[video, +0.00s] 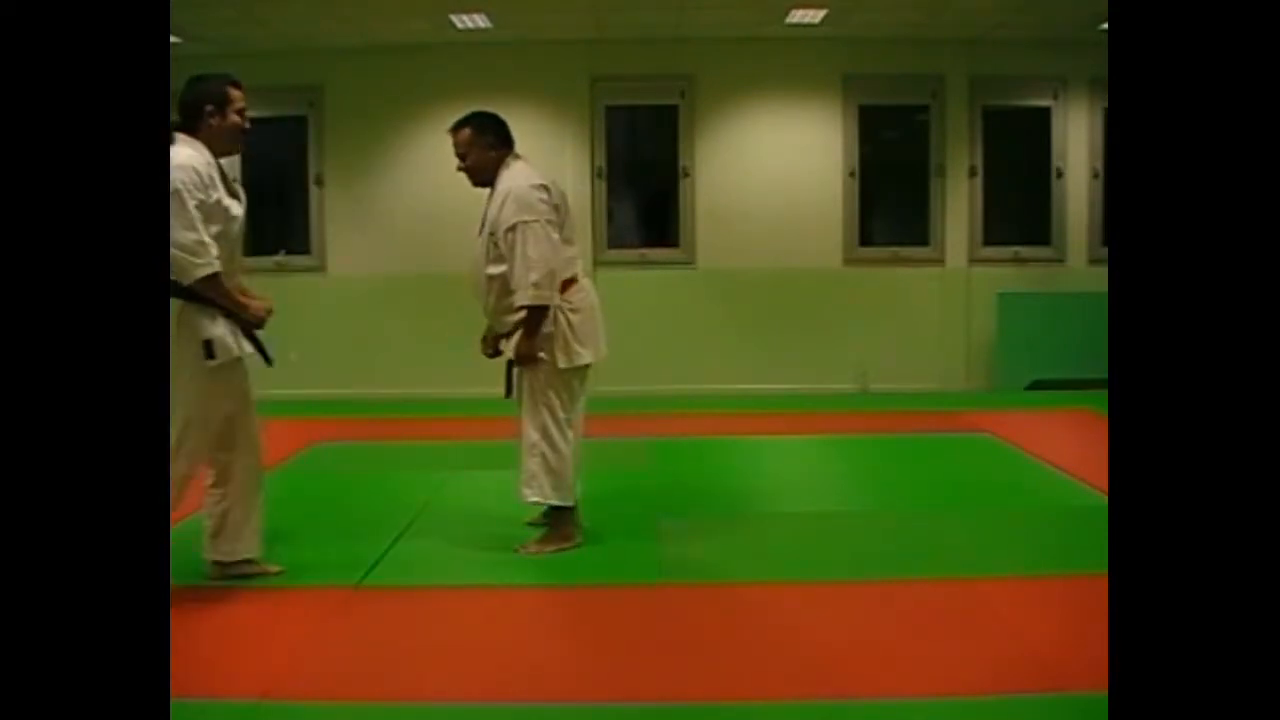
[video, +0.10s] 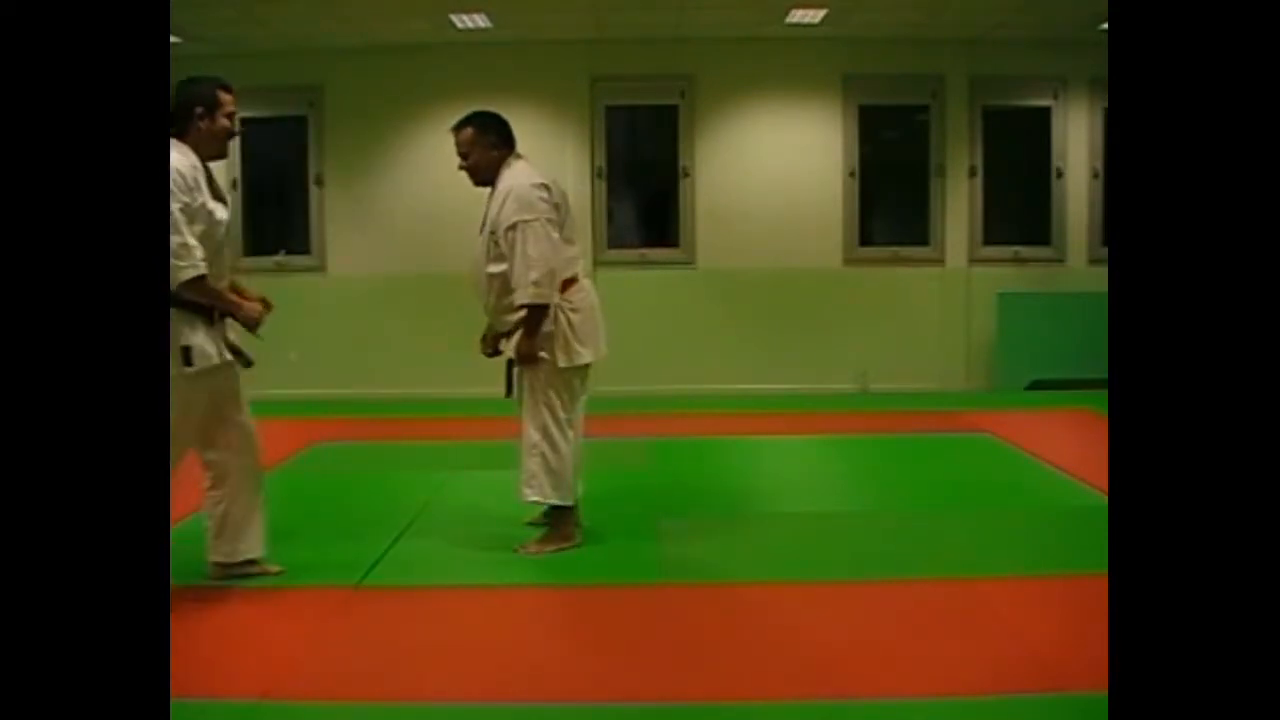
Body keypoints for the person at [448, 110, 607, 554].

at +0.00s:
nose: (460, 166)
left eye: (465, 155)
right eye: (459, 156)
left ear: (493, 149)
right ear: (492, 151)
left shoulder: (521, 193)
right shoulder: (508, 190)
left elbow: (540, 273)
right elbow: (513, 271)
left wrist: (528, 335)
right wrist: (497, 324)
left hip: (554, 326)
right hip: (542, 324)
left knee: (549, 422)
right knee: (547, 420)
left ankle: (563, 520)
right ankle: (559, 511)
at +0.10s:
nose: (462, 165)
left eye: (467, 154)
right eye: (460, 155)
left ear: (496, 148)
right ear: (493, 151)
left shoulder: (522, 193)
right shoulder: (508, 190)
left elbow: (539, 272)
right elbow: (512, 270)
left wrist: (528, 334)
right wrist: (497, 324)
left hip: (556, 323)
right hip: (544, 322)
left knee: (550, 420)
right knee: (549, 419)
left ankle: (563, 519)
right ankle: (559, 511)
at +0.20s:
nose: (465, 163)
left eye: (471, 152)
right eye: (464, 154)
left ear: (500, 148)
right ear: (496, 151)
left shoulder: (525, 192)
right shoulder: (510, 190)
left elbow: (541, 272)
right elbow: (511, 270)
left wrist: (529, 334)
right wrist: (495, 324)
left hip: (556, 323)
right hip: (545, 321)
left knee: (550, 420)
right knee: (549, 419)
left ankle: (563, 518)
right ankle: (559, 511)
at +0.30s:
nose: (468, 162)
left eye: (473, 151)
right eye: (466, 152)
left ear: (502, 147)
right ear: (498, 150)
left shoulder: (526, 191)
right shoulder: (513, 190)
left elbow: (541, 271)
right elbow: (514, 271)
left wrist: (529, 332)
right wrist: (494, 324)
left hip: (556, 322)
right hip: (546, 320)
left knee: (550, 419)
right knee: (550, 418)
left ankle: (564, 516)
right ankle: (559, 510)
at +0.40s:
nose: (472, 161)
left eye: (478, 150)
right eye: (470, 152)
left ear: (506, 147)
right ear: (502, 150)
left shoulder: (529, 190)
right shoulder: (516, 189)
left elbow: (542, 268)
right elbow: (515, 269)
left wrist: (530, 326)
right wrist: (494, 323)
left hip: (557, 319)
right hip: (548, 317)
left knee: (551, 417)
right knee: (550, 416)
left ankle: (564, 518)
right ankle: (559, 507)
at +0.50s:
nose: (475, 161)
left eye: (480, 151)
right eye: (473, 152)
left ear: (508, 147)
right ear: (503, 150)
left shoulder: (531, 188)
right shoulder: (517, 189)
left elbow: (545, 260)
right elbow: (515, 267)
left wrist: (530, 318)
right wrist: (495, 322)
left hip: (557, 315)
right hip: (547, 314)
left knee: (550, 412)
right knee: (548, 412)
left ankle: (563, 518)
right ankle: (558, 506)